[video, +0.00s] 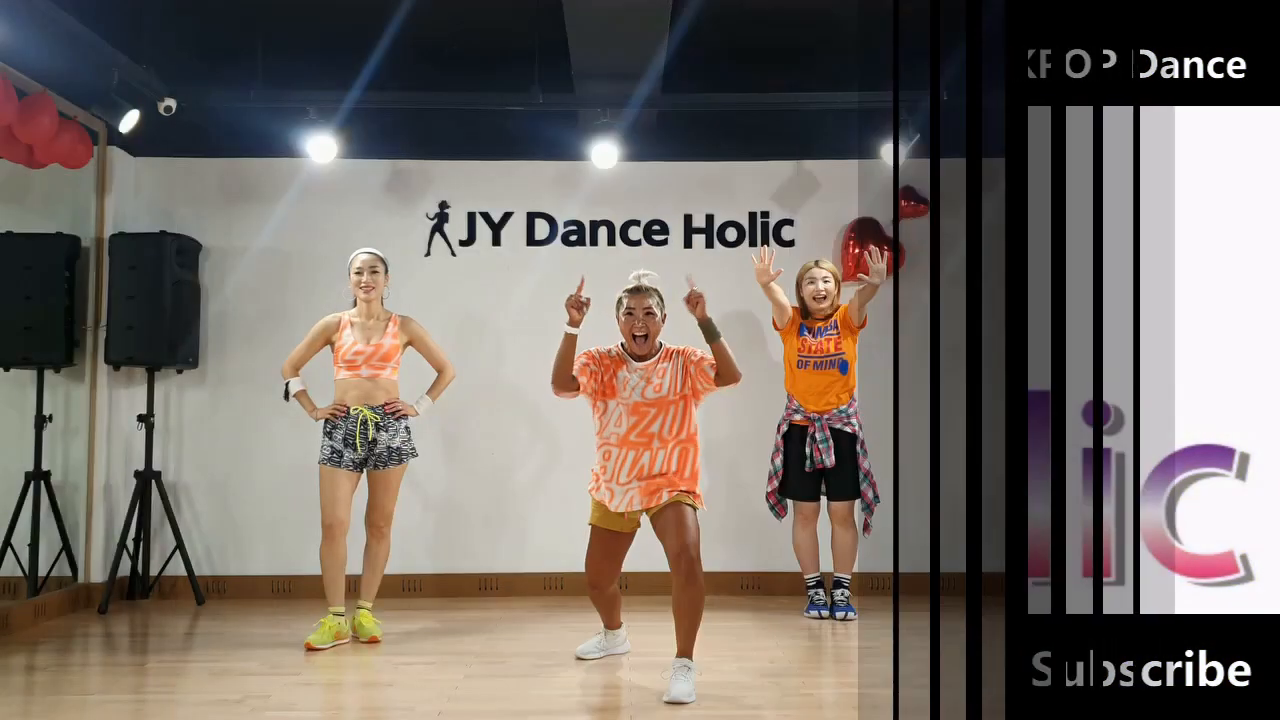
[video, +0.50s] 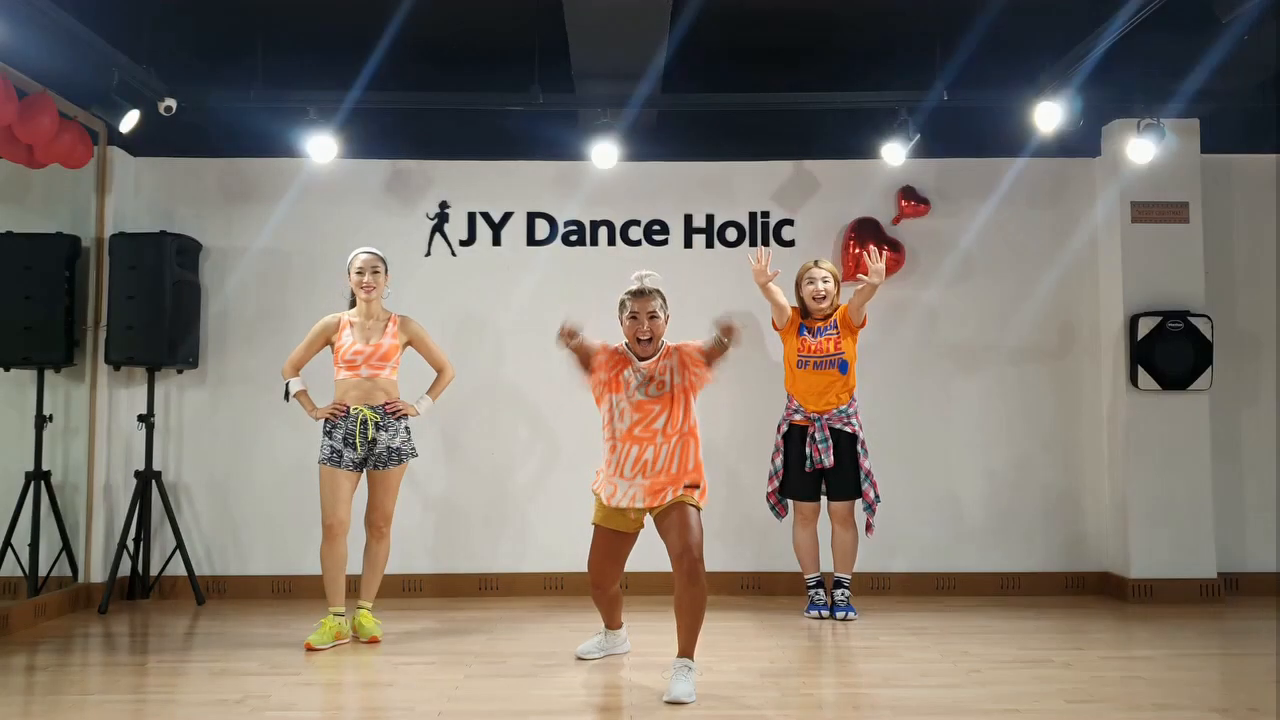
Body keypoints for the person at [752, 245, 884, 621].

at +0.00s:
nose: (818, 286)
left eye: (825, 281)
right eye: (810, 282)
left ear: (837, 290)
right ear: (800, 293)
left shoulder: (846, 319)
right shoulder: (792, 323)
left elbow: (859, 301)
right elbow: (781, 304)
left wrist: (873, 284)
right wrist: (766, 283)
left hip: (841, 427)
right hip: (800, 428)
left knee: (842, 513)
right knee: (806, 512)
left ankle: (841, 590)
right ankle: (814, 590)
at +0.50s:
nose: (818, 286)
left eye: (825, 281)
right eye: (809, 281)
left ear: (836, 291)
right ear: (800, 292)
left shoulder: (846, 319)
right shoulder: (791, 322)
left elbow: (858, 301)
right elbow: (779, 303)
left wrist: (873, 283)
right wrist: (764, 282)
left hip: (841, 427)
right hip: (800, 428)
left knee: (842, 513)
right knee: (806, 513)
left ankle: (841, 590)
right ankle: (815, 591)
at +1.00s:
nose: (817, 286)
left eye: (824, 280)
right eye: (809, 281)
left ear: (836, 290)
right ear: (799, 293)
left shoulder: (845, 319)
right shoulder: (791, 322)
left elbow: (858, 302)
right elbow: (777, 303)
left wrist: (872, 283)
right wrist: (761, 284)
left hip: (841, 427)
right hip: (800, 428)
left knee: (843, 514)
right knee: (805, 514)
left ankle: (841, 590)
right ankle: (814, 590)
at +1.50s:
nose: (811, 287)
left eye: (819, 281)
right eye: (806, 282)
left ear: (835, 288)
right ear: (800, 290)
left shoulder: (848, 322)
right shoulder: (794, 324)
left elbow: (859, 311)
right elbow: (773, 315)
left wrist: (861, 293)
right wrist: (752, 299)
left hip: (844, 427)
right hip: (802, 427)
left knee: (846, 515)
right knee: (807, 514)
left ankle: (842, 592)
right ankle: (814, 592)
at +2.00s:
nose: (789, 293)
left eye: (796, 286)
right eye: (785, 288)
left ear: (816, 291)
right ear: (784, 296)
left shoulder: (838, 328)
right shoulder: (779, 333)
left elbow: (831, 364)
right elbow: (749, 360)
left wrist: (809, 391)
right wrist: (723, 376)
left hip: (833, 431)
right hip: (791, 432)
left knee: (843, 519)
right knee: (775, 510)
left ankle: (842, 594)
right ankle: (758, 597)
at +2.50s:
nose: (737, 343)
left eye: (739, 332)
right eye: (729, 336)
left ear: (750, 321)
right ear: (720, 334)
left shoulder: (781, 329)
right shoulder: (729, 346)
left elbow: (763, 327)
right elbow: (697, 347)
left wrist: (734, 293)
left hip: (809, 433)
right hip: (766, 438)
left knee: (839, 520)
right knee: (751, 513)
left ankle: (852, 576)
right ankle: (754, 601)